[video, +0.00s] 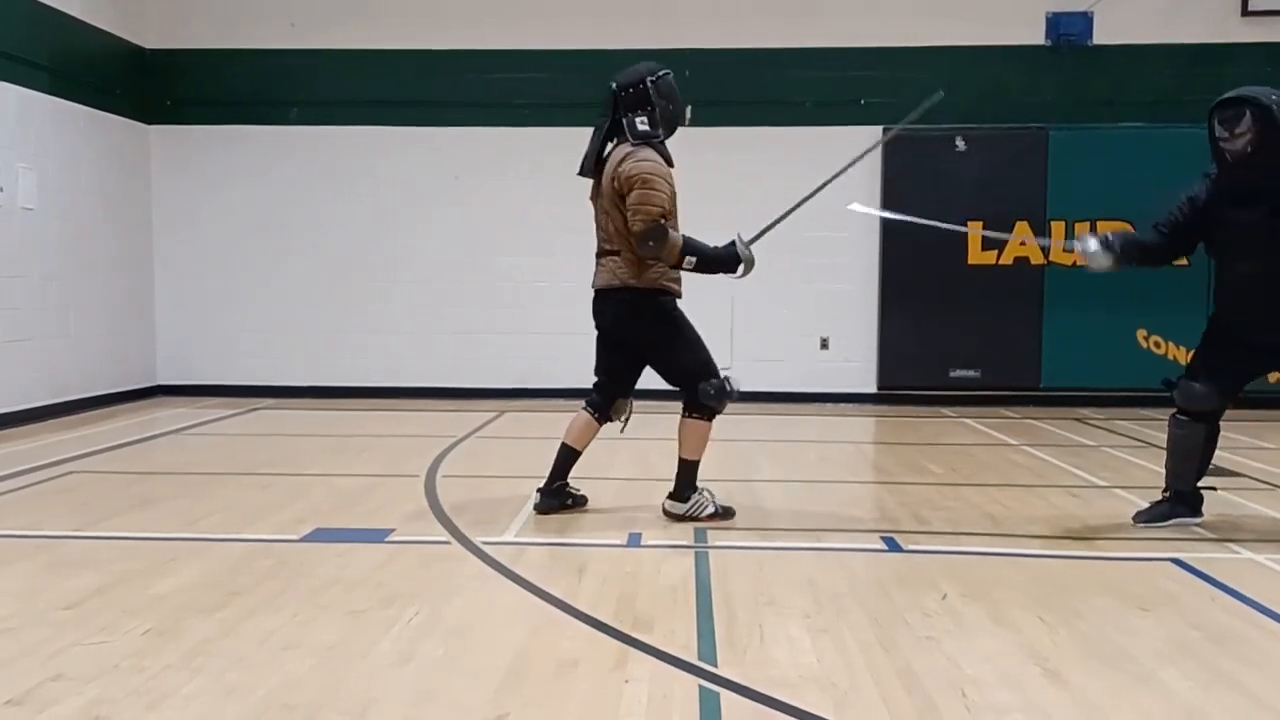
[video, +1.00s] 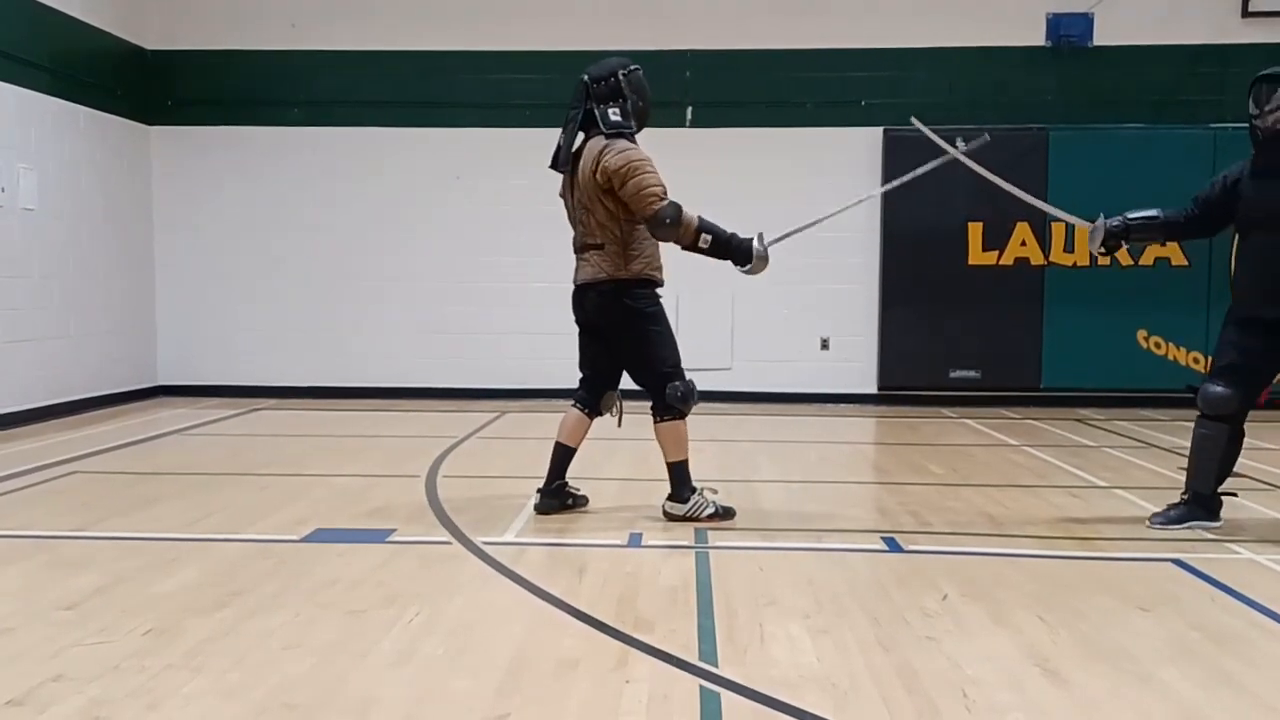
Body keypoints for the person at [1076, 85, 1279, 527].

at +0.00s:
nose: (1226, 136)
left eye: (1239, 127)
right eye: (1222, 128)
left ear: (1267, 132)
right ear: (1216, 134)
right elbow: (1169, 239)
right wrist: (1118, 248)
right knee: (1197, 394)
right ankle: (1181, 496)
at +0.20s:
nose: (1259, 135)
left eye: (1268, 125)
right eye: (1253, 126)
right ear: (1246, 133)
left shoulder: (1267, 184)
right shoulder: (1246, 187)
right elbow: (1204, 252)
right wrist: (1146, 279)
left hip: (1269, 315)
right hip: (1254, 313)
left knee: (1211, 393)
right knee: (1206, 395)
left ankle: (1184, 495)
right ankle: (1183, 496)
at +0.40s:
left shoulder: (1274, 190)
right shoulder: (1274, 189)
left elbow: (1232, 230)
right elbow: (1232, 229)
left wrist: (1160, 244)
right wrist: (1161, 243)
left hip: (1277, 322)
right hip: (1278, 321)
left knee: (1248, 393)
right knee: (1247, 393)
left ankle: (1209, 497)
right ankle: (1208, 497)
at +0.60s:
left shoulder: (1273, 191)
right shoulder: (1274, 189)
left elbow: (1242, 224)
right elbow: (1242, 223)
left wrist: (1165, 234)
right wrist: (1167, 233)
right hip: (1279, 319)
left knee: (1252, 389)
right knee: (1250, 388)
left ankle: (1223, 496)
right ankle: (1223, 496)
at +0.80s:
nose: (1275, 140)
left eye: (1276, 133)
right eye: (1274, 133)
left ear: (1276, 139)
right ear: (1271, 138)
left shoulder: (1266, 188)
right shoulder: (1266, 186)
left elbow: (1219, 225)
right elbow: (1219, 225)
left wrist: (1146, 233)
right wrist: (1146, 232)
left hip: (1270, 322)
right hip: (1267, 318)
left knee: (1236, 398)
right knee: (1232, 399)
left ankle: (1203, 498)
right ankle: (1202, 498)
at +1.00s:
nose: (1270, 118)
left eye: (1277, 110)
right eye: (1267, 110)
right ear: (1256, 117)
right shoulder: (1252, 173)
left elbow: (1199, 218)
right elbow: (1199, 218)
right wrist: (1127, 226)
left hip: (1270, 313)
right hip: (1255, 311)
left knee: (1224, 396)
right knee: (1220, 397)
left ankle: (1201, 498)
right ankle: (1200, 500)